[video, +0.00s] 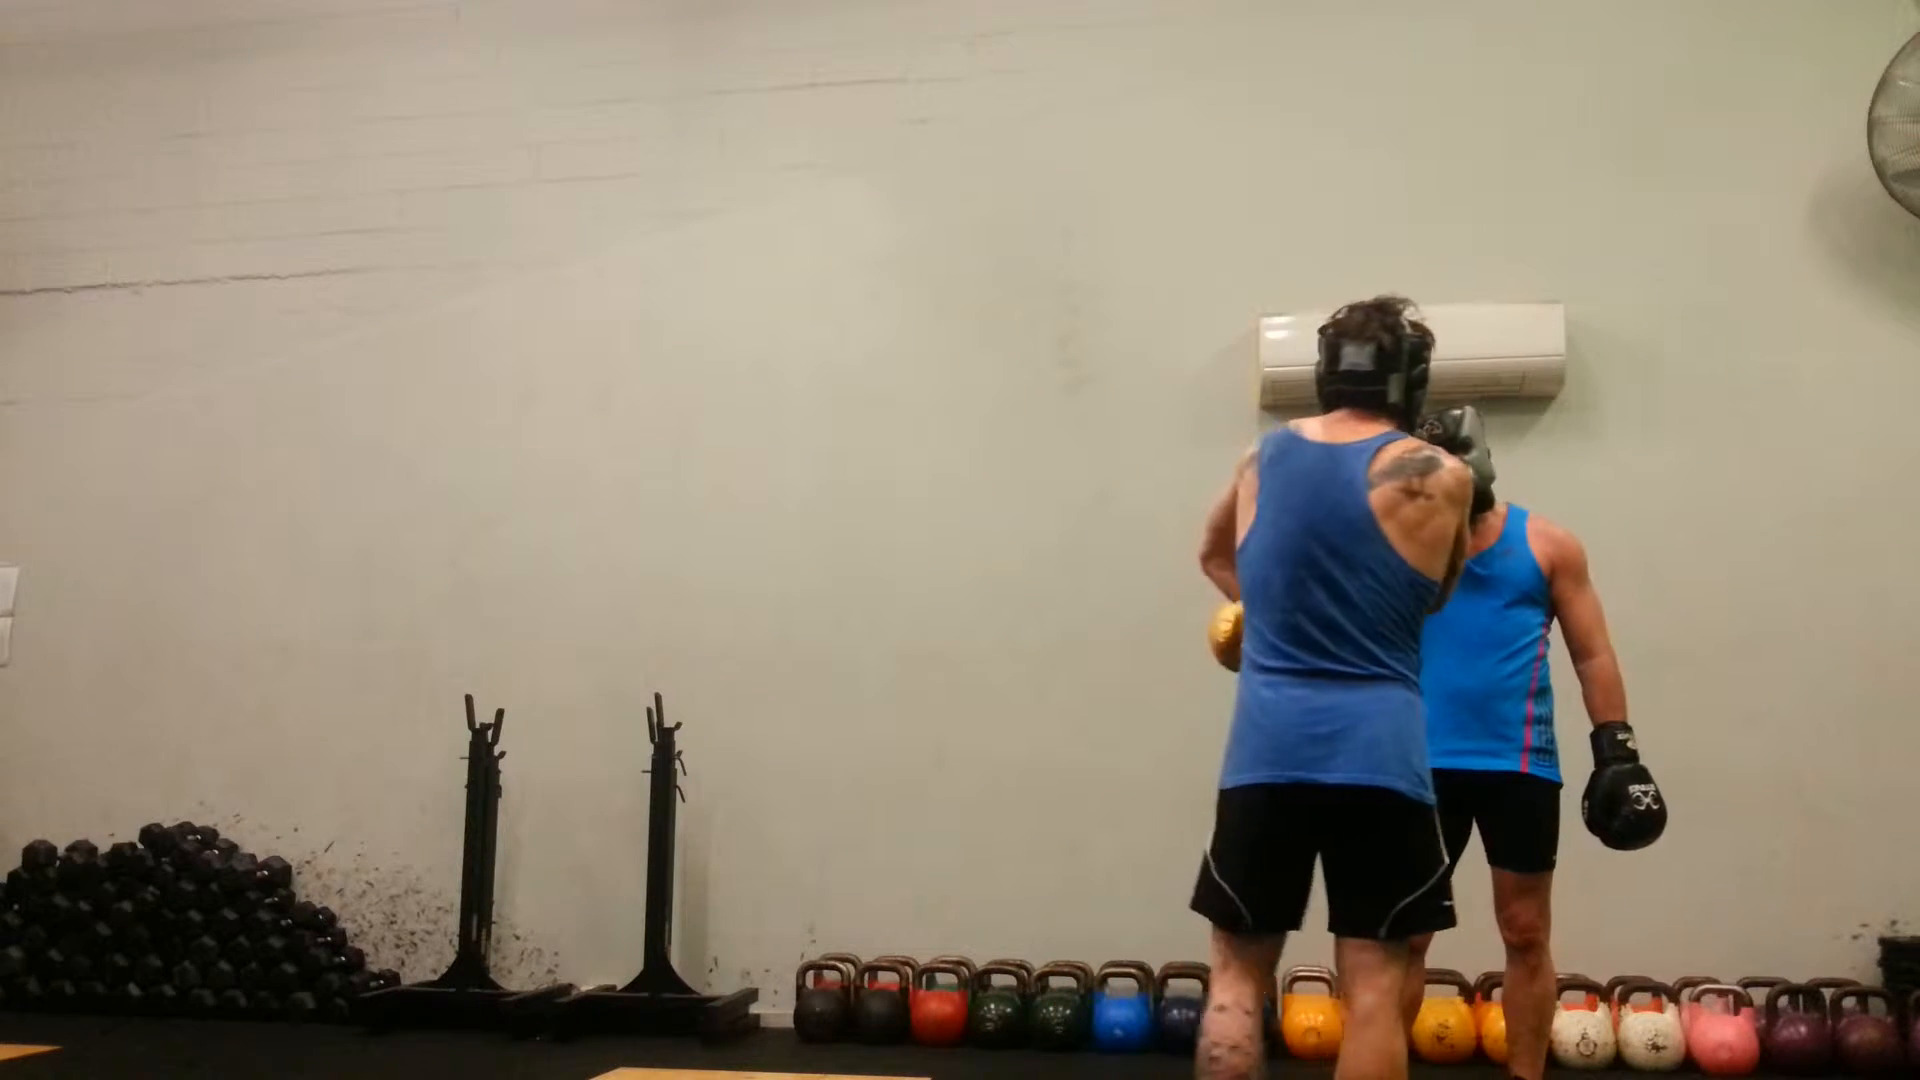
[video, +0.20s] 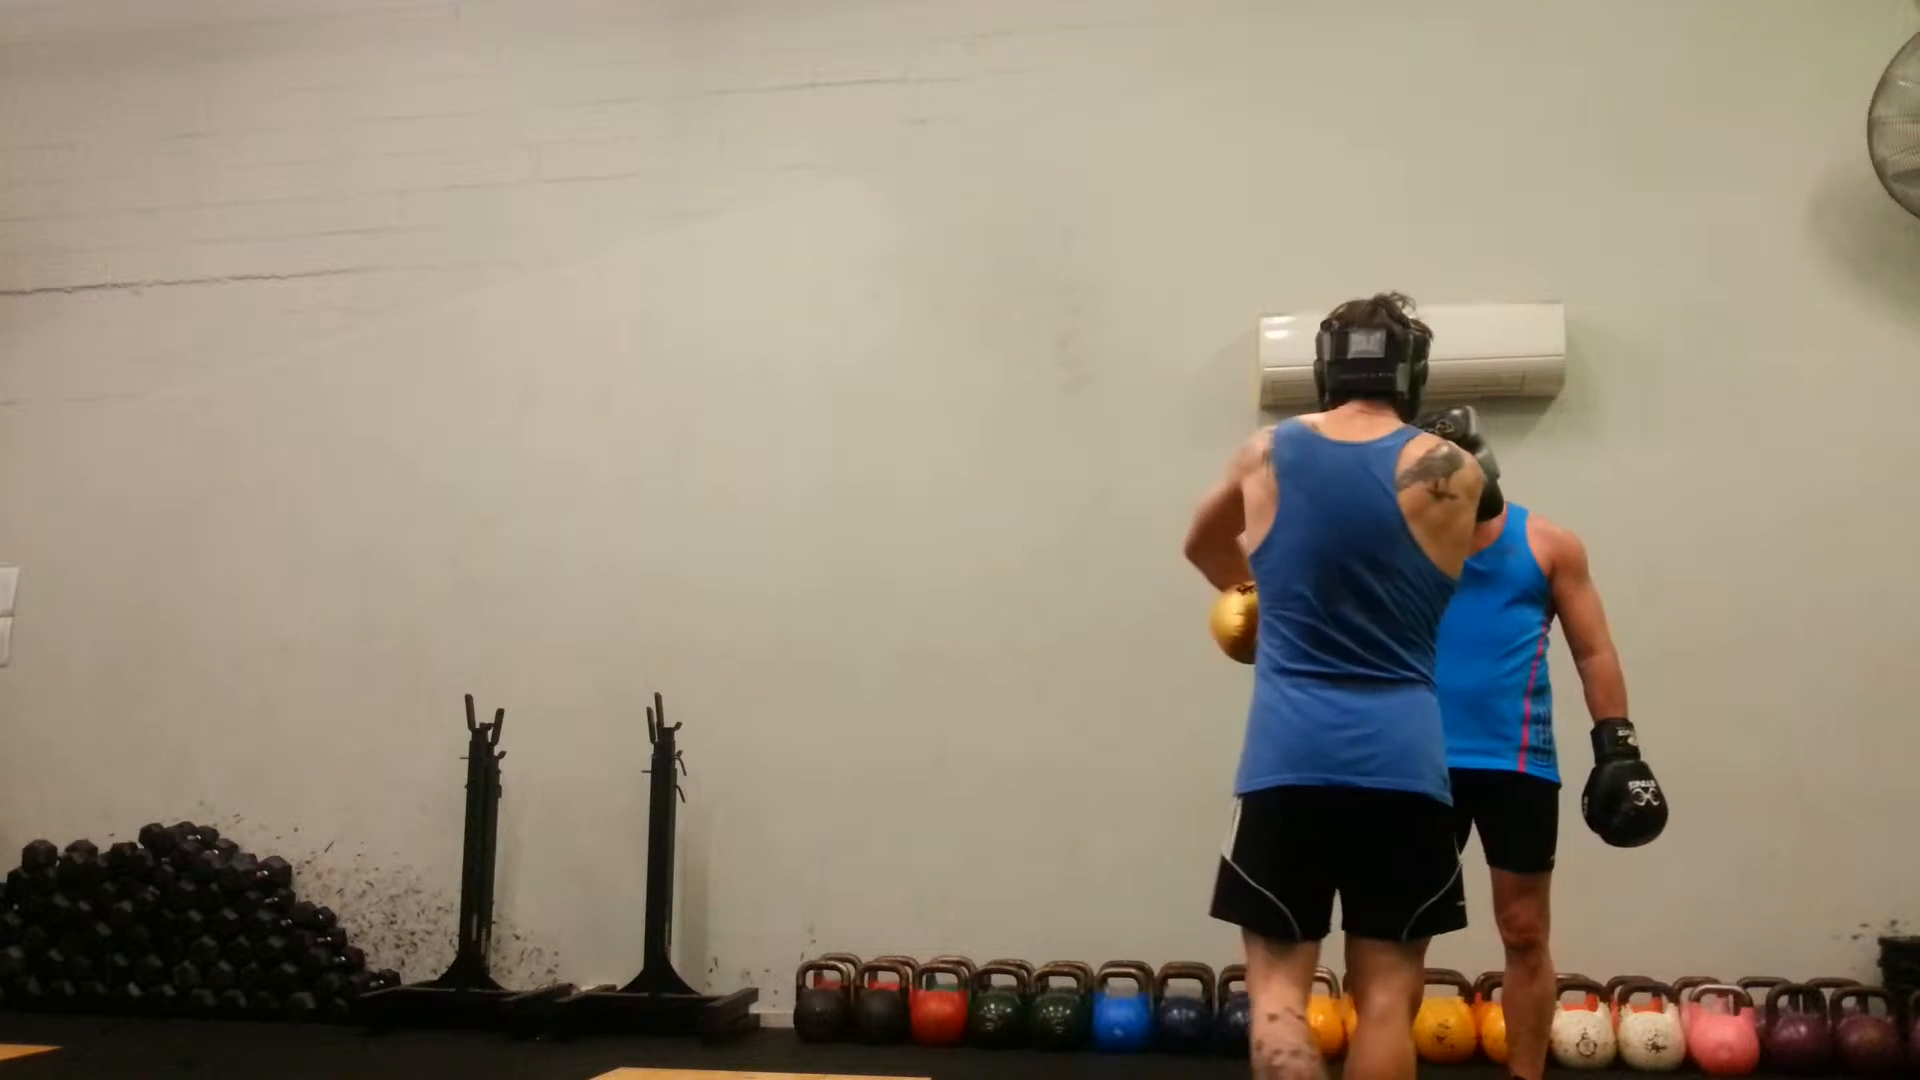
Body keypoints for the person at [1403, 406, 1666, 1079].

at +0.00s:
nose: (1443, 476)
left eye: (1451, 462)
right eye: (1432, 465)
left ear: (1476, 466)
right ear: (1420, 479)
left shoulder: (1546, 544)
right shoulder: (1404, 545)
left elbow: (1592, 653)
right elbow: (1369, 647)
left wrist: (1616, 753)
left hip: (1517, 768)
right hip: (1422, 767)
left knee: (1524, 933)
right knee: (1400, 937)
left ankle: (1526, 1071)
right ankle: (1380, 1069)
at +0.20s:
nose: (1440, 475)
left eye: (1449, 459)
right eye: (1430, 464)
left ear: (1476, 463)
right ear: (1415, 474)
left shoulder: (1546, 544)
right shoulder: (1407, 545)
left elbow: (1592, 651)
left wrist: (1617, 747)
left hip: (1516, 765)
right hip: (1420, 765)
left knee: (1523, 931)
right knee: (1399, 939)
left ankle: (1526, 1071)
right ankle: (1381, 1068)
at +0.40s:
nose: (1447, 477)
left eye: (1458, 461)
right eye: (1434, 466)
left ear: (1483, 466)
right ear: (1416, 481)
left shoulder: (1543, 543)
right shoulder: (1401, 545)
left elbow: (1589, 647)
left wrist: (1611, 743)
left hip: (1512, 768)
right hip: (1419, 767)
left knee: (1521, 934)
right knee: (1391, 945)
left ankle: (1525, 1072)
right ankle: (1381, 1070)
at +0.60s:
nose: (1443, 480)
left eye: (1454, 463)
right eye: (1430, 469)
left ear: (1478, 466)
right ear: (1414, 481)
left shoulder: (1538, 541)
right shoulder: (1397, 546)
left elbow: (1586, 646)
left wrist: (1601, 741)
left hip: (1508, 765)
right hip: (1413, 765)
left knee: (1519, 934)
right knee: (1391, 945)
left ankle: (1525, 1072)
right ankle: (1384, 1069)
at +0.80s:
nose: (1439, 470)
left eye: (1450, 454)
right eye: (1426, 460)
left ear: (1473, 459)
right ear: (1409, 473)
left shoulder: (1536, 543)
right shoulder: (1395, 548)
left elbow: (1584, 650)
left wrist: (1598, 744)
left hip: (1507, 763)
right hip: (1415, 764)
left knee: (1518, 934)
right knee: (1405, 942)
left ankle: (1524, 1072)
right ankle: (1392, 1069)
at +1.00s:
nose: (1448, 470)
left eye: (1459, 450)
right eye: (1432, 450)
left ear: (1485, 465)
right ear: (1412, 472)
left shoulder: (1536, 542)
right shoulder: (1394, 550)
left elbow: (1588, 648)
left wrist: (1607, 743)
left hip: (1515, 766)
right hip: (1418, 765)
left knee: (1523, 937)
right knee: (1398, 934)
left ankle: (1531, 1066)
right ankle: (1380, 1068)